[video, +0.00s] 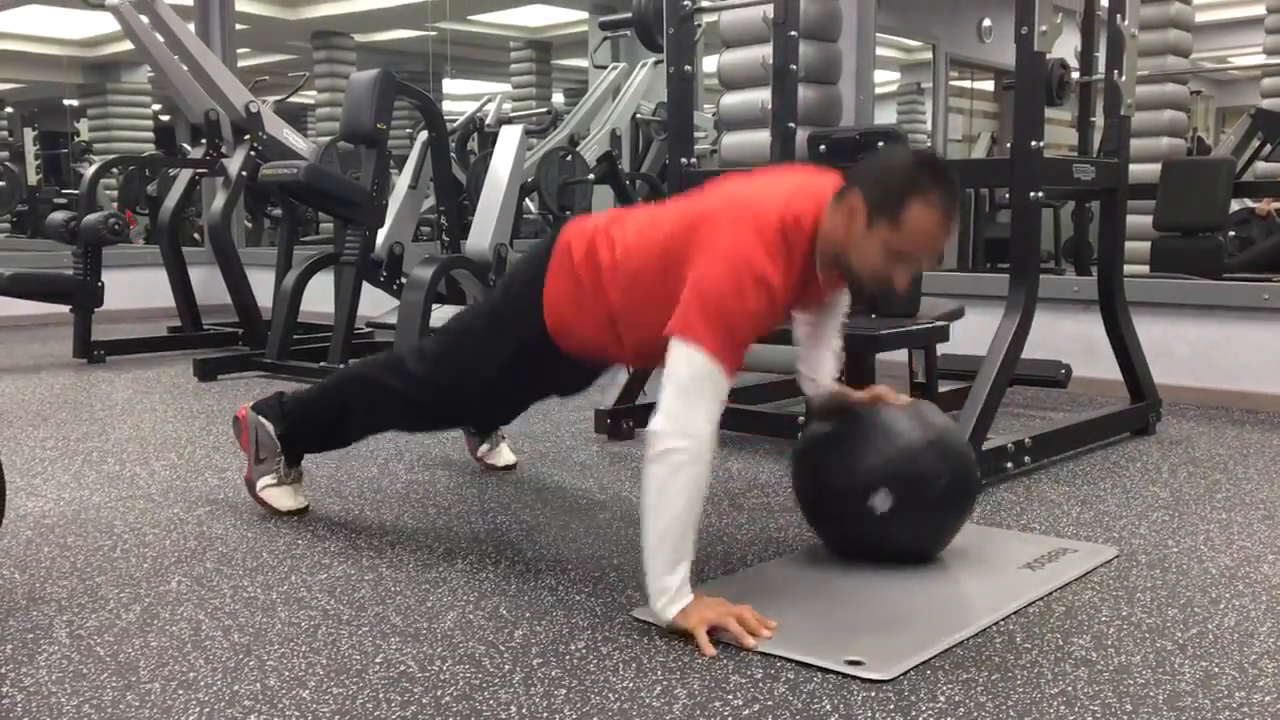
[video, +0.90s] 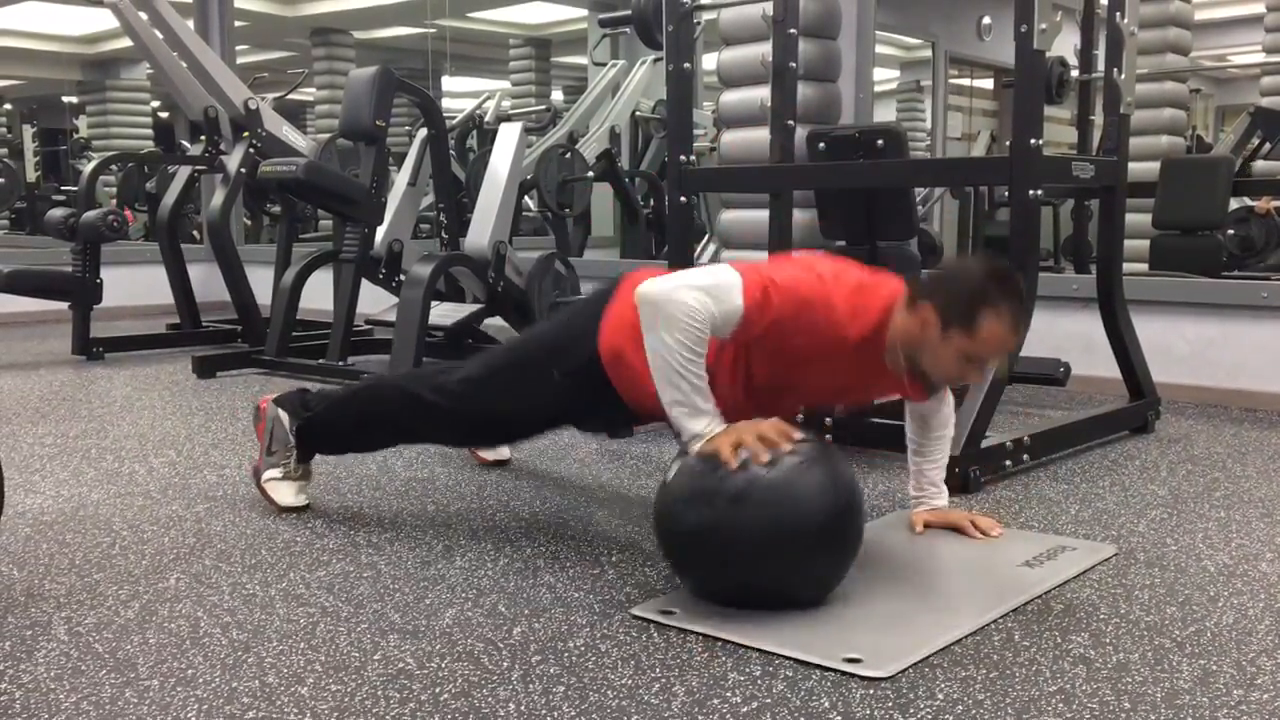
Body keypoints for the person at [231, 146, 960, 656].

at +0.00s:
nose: (905, 278)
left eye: (919, 264)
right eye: (902, 258)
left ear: (882, 226)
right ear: (853, 214)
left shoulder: (844, 223)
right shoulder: (752, 244)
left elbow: (821, 300)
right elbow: (686, 425)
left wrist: (825, 384)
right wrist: (674, 595)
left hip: (624, 316)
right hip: (567, 284)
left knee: (534, 378)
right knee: (435, 381)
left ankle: (482, 415)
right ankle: (274, 425)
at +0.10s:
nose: (910, 214)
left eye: (924, 201)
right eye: (905, 193)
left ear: (896, 162)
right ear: (856, 147)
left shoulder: (852, 168)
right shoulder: (758, 189)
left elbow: (826, 246)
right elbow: (695, 359)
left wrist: (787, 302)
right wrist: (731, 528)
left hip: (634, 287)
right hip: (576, 258)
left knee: (541, 364)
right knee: (438, 362)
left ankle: (472, 409)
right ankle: (283, 424)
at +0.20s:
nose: (919, 215)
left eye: (934, 202)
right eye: (914, 192)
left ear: (903, 162)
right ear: (865, 150)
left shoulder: (862, 181)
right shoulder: (766, 187)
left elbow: (859, 268)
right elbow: (642, 291)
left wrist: (856, 341)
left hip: (641, 304)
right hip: (574, 272)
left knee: (543, 374)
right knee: (446, 371)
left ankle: (470, 417)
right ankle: (285, 425)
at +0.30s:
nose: (939, 276)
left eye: (955, 263)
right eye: (936, 254)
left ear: (930, 236)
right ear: (890, 210)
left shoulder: (897, 248)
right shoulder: (795, 214)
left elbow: (926, 344)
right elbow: (641, 278)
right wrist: (708, 407)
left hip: (645, 329)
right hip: (588, 301)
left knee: (531, 382)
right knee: (450, 384)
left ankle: (468, 416)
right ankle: (285, 425)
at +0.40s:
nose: (967, 398)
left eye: (980, 387)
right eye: (966, 381)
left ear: (952, 341)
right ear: (928, 336)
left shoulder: (926, 329)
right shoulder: (823, 304)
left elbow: (951, 395)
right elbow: (668, 294)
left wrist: (934, 494)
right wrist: (682, 432)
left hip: (663, 390)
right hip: (619, 352)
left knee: (514, 401)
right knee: (466, 406)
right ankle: (292, 420)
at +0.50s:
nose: (981, 499)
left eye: (997, 493)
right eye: (983, 485)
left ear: (969, 432)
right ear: (945, 435)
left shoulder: (941, 395)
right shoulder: (859, 378)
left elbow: (932, 426)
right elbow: (706, 306)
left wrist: (945, 497)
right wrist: (672, 438)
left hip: (673, 387)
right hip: (635, 406)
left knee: (525, 401)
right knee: (481, 445)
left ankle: (463, 389)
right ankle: (306, 421)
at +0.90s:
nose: (973, 380)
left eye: (985, 368)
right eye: (970, 362)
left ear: (960, 330)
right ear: (926, 318)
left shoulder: (923, 338)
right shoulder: (825, 296)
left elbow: (934, 404)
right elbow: (668, 303)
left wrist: (929, 495)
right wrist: (709, 430)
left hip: (659, 391)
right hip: (620, 338)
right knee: (463, 404)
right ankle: (295, 421)